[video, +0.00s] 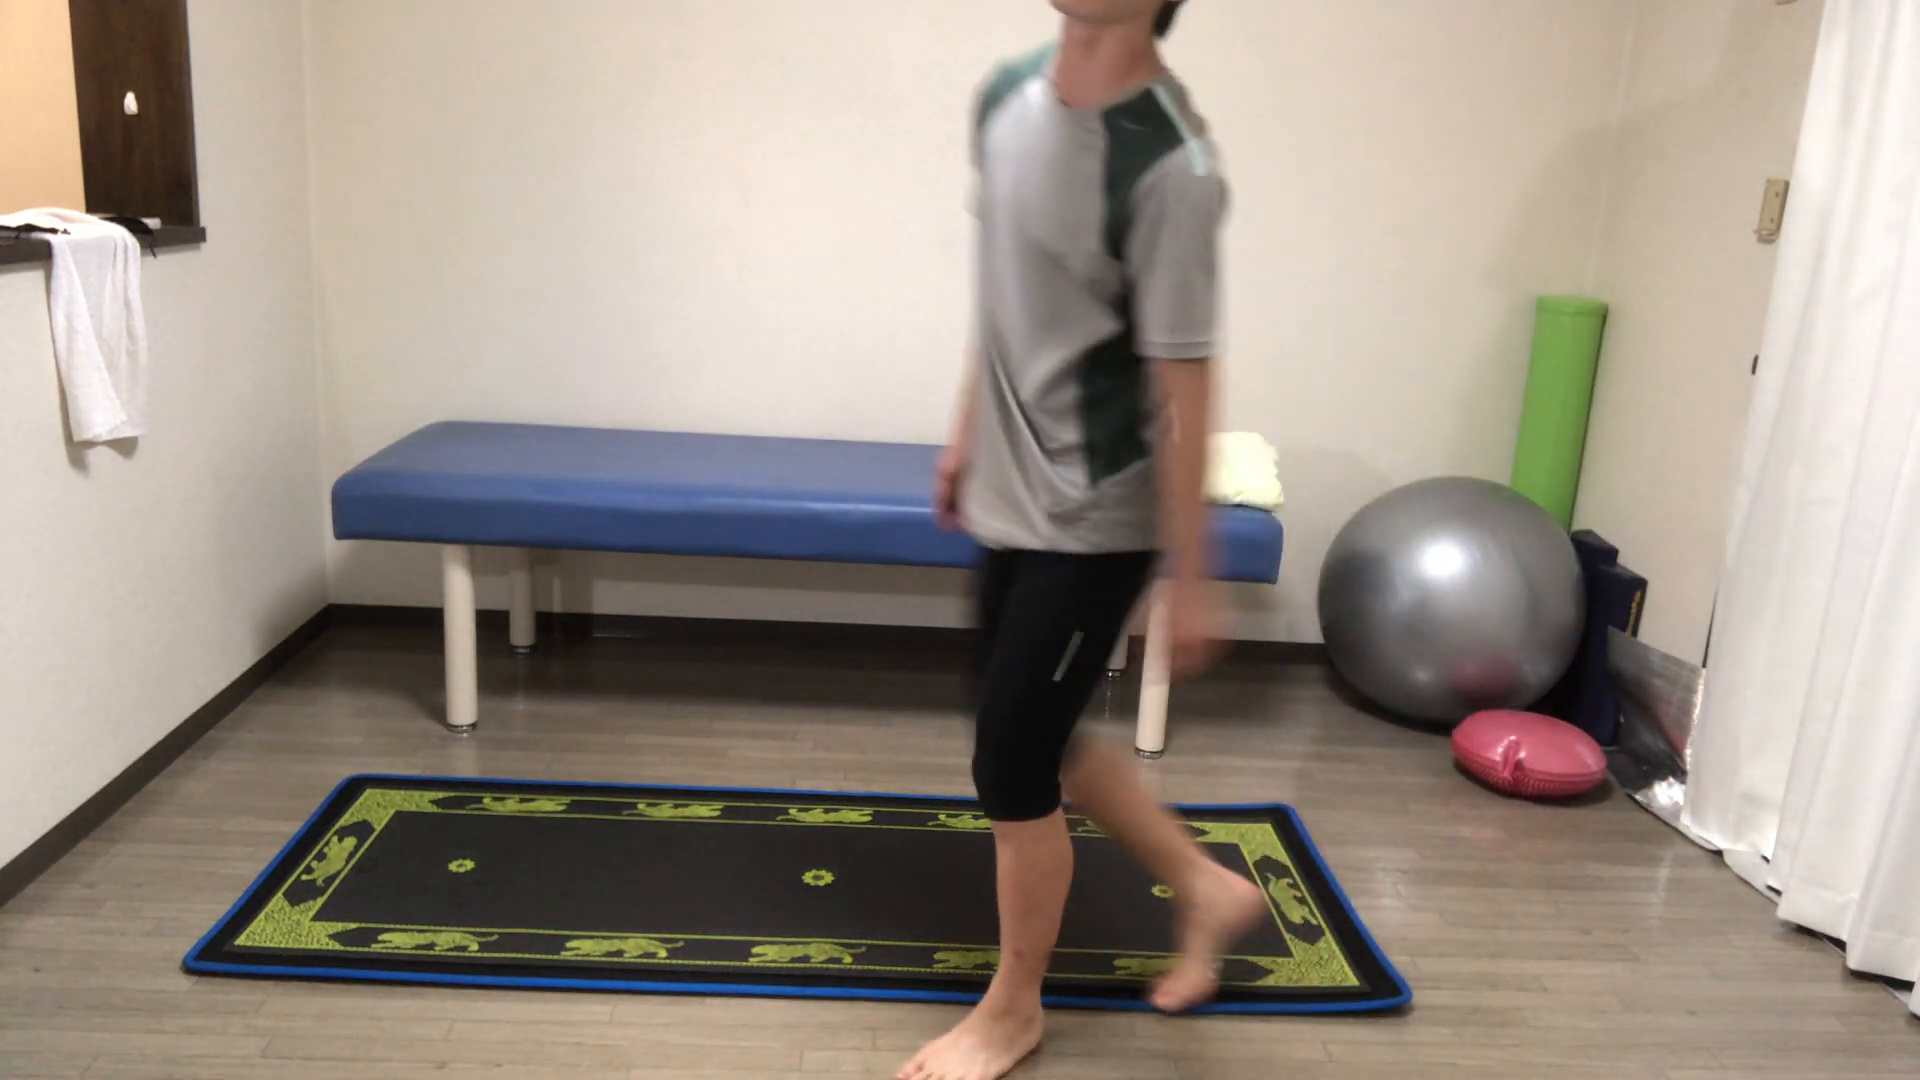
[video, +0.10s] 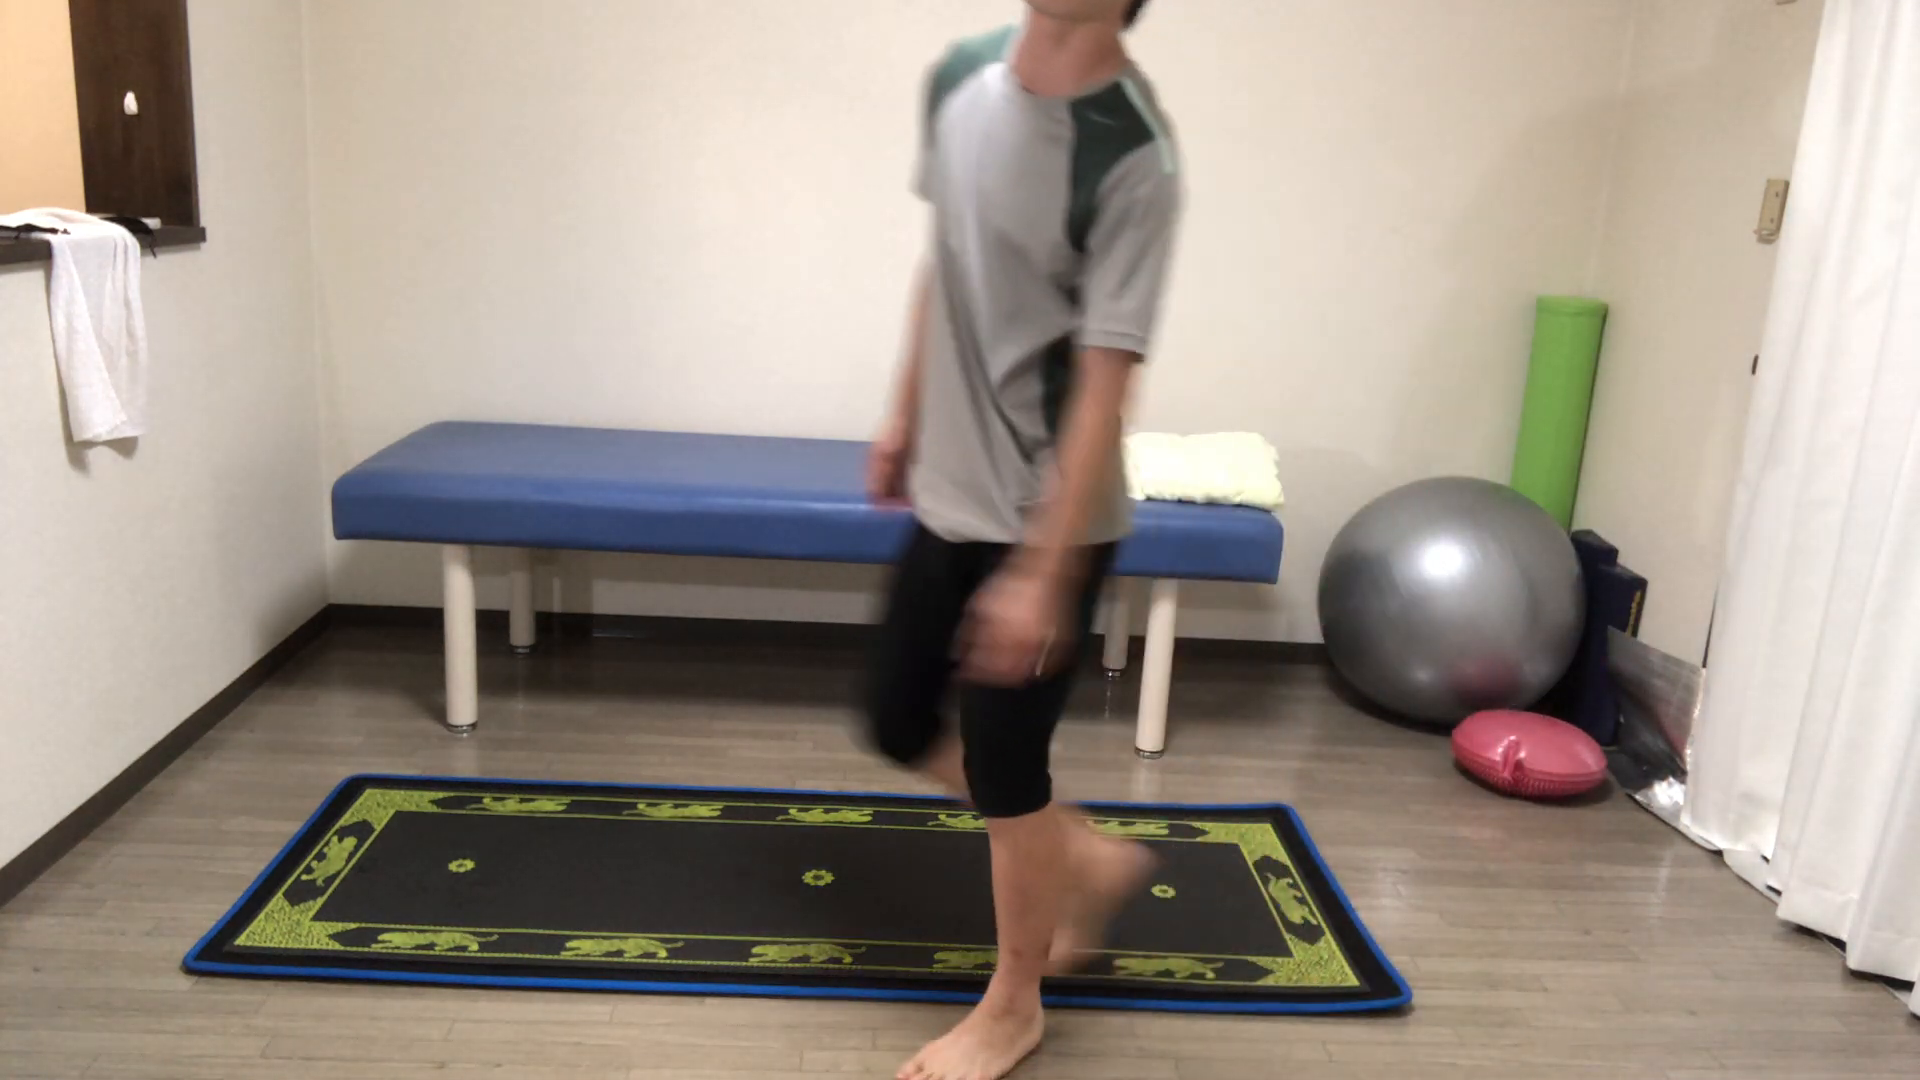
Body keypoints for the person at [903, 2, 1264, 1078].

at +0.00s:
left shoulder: (1173, 168)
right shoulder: (1007, 95)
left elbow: (1185, 382)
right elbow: (1004, 293)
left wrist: (1190, 574)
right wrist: (968, 429)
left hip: (1103, 511)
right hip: (1008, 486)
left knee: (1017, 762)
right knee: (1032, 729)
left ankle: (1012, 1011)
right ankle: (1210, 886)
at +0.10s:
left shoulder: (1135, 160)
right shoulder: (961, 75)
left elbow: (1104, 382)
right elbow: (947, 258)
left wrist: (1041, 572)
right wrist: (906, 411)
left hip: (1052, 518)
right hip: (954, 490)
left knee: (1007, 757)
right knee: (902, 713)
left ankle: (1013, 1008)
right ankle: (1088, 861)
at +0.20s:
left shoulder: (1093, 150)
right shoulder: (910, 68)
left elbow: (1040, 369)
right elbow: (888, 245)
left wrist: (906, 521)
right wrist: (833, 405)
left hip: (1015, 497)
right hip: (901, 469)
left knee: (992, 759)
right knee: (806, 704)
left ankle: (1013, 1007)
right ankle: (910, 856)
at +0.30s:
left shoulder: (1046, 141)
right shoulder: (849, 72)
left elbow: (997, 353)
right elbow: (819, 252)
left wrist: (823, 466)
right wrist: (759, 425)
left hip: (971, 489)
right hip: (844, 473)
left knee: (973, 755)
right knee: (750, 713)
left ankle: (1011, 1004)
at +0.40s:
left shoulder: (997, 137)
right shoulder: (770, 85)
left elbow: (971, 341)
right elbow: (738, 260)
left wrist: (822, 447)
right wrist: (693, 429)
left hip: (924, 493)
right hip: (784, 481)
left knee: (953, 759)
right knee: (701, 717)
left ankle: (1009, 999)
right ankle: (628, 899)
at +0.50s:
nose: (802, 3)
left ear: (859, 5)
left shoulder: (931, 135)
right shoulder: (678, 97)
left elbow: (940, 326)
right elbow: (636, 273)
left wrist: (875, 469)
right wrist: (617, 450)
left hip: (871, 492)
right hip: (723, 483)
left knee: (925, 745)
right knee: (664, 727)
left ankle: (996, 980)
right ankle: (626, 907)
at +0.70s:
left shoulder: (837, 92)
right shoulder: (582, 89)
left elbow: (879, 273)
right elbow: (494, 280)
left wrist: (913, 425)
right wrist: (450, 451)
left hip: (805, 452)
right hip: (662, 457)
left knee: (846, 691)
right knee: (648, 700)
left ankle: (859, 902)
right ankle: (629, 906)